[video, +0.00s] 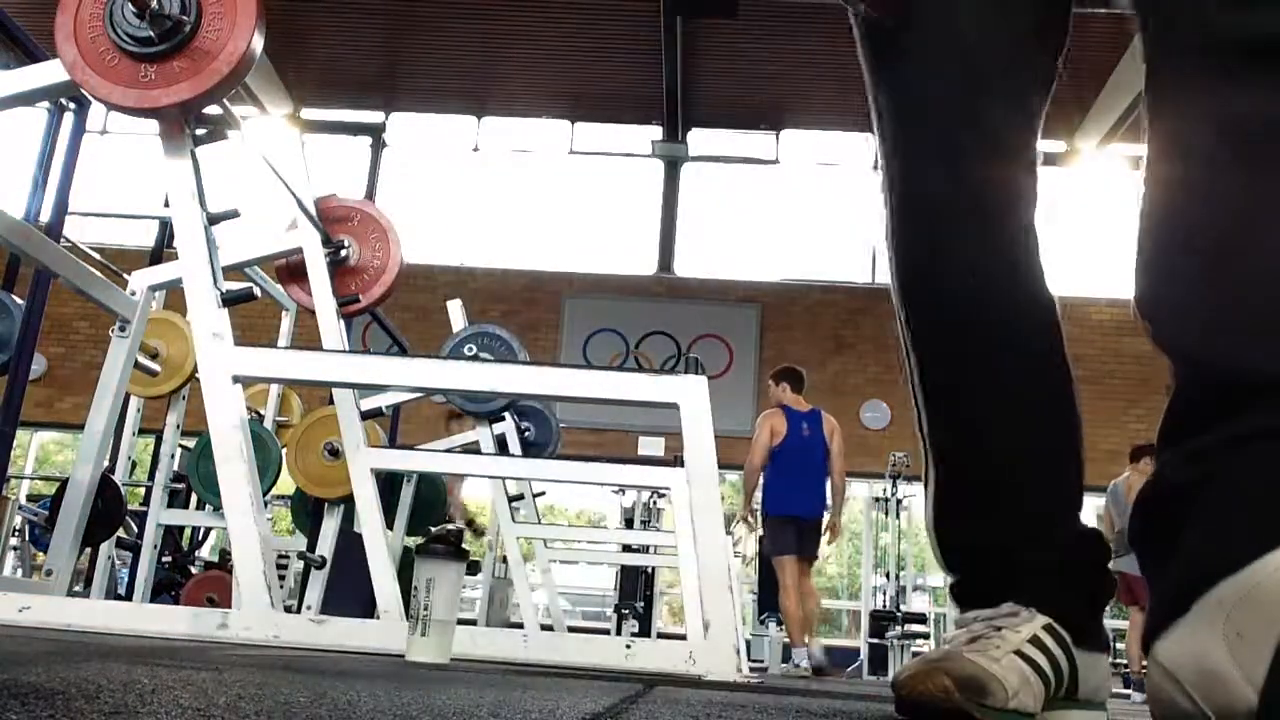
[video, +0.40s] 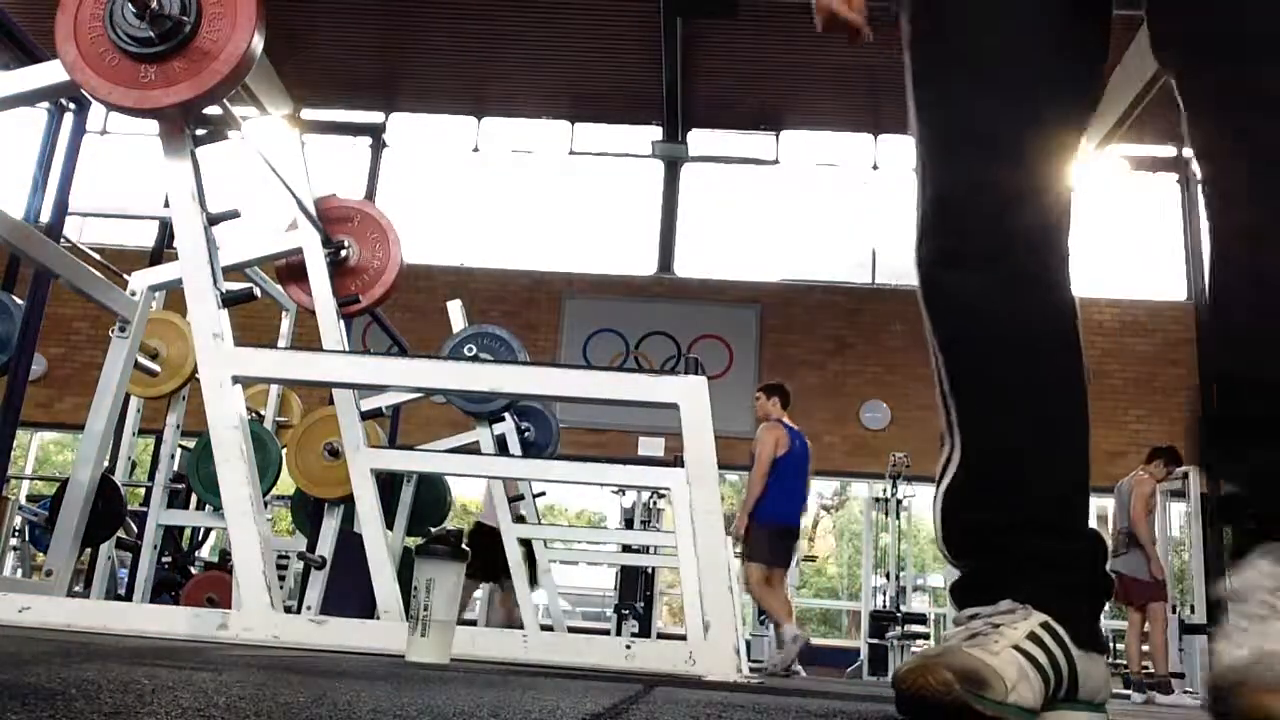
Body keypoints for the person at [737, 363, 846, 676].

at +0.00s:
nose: (770, 395)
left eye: (771, 389)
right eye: (770, 390)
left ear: (783, 387)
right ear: (800, 389)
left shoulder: (771, 418)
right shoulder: (829, 422)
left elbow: (754, 464)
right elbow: (838, 473)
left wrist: (747, 503)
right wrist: (836, 513)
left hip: (780, 513)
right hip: (813, 514)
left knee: (788, 584)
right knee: (804, 577)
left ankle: (799, 657)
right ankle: (813, 646)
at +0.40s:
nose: (755, 406)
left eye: (759, 400)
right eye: (756, 400)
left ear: (774, 402)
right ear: (780, 404)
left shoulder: (769, 430)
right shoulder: (799, 436)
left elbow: (760, 474)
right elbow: (801, 484)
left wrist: (743, 513)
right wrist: (793, 513)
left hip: (768, 516)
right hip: (790, 518)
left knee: (755, 581)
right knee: (777, 583)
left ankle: (790, 631)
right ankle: (786, 656)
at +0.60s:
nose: (742, 407)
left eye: (746, 402)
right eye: (743, 402)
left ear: (763, 405)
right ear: (766, 408)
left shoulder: (762, 432)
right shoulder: (780, 435)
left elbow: (760, 474)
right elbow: (777, 482)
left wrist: (746, 511)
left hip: (757, 518)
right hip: (776, 520)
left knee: (730, 574)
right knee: (772, 583)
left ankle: (751, 638)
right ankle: (781, 653)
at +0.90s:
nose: (712, 412)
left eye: (716, 407)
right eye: (713, 408)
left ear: (732, 411)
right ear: (732, 412)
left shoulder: (736, 439)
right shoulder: (735, 439)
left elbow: (735, 479)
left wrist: (720, 512)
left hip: (733, 523)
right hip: (737, 523)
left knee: (741, 587)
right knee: (743, 588)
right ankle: (775, 645)